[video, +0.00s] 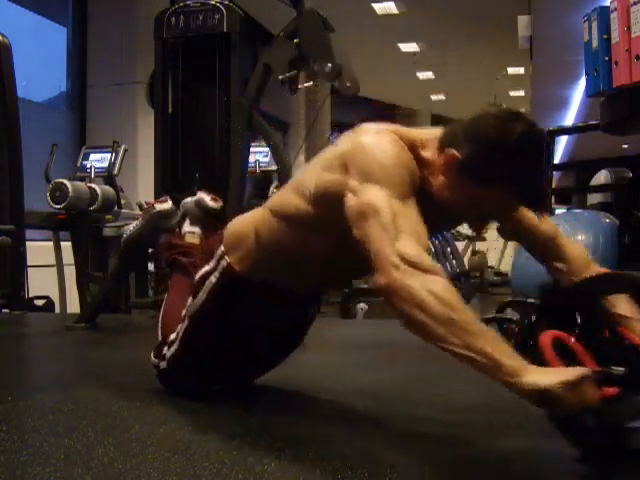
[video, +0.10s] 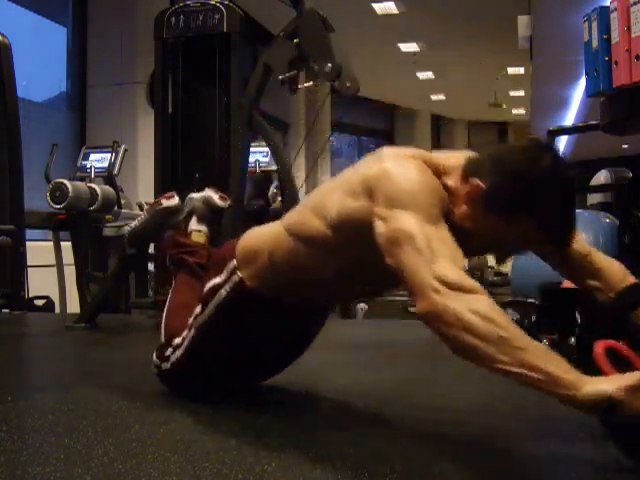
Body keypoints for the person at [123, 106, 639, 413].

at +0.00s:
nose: (475, 220)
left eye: (488, 214)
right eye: (476, 208)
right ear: (452, 167)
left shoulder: (467, 166)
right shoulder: (376, 156)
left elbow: (547, 240)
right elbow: (404, 279)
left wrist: (608, 297)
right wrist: (522, 374)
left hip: (300, 296)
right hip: (244, 283)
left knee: (231, 375)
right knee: (180, 375)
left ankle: (206, 243)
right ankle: (182, 257)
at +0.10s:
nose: (495, 254)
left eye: (509, 248)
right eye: (499, 241)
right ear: (473, 199)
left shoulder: (490, 183)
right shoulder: (401, 181)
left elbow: (583, 261)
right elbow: (446, 303)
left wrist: (638, 300)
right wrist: (581, 387)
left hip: (309, 302)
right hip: (256, 292)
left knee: (239, 377)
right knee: (180, 372)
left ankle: (215, 263)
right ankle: (182, 259)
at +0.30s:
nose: (547, 302)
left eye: (562, 295)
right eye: (551, 291)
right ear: (520, 247)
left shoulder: (522, 214)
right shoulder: (447, 229)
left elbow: (617, 284)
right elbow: (515, 336)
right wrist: (636, 386)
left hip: (319, 318)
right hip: (275, 310)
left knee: (244, 375)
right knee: (184, 367)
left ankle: (219, 259)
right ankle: (198, 253)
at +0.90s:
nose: (510, 248)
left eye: (523, 241)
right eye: (514, 234)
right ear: (488, 191)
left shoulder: (502, 187)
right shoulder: (412, 179)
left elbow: (608, 261)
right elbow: (458, 295)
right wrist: (600, 373)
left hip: (311, 311)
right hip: (258, 300)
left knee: (237, 375)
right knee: (184, 372)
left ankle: (237, 256)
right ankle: (200, 262)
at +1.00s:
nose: (489, 205)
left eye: (503, 197)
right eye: (491, 191)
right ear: (462, 151)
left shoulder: (481, 159)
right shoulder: (388, 149)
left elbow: (563, 231)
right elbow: (411, 266)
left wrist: (617, 294)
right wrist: (537, 359)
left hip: (308, 297)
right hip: (253, 286)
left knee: (236, 374)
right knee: (185, 373)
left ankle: (228, 246)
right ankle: (191, 251)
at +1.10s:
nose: (473, 172)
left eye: (484, 161)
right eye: (469, 158)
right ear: (435, 116)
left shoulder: (464, 137)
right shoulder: (361, 123)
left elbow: (536, 223)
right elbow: (377, 242)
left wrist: (594, 315)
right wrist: (477, 348)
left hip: (303, 286)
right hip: (245, 274)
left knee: (237, 380)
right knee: (183, 372)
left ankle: (217, 251)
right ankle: (190, 254)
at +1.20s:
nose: (461, 150)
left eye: (470, 135)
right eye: (454, 131)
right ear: (409, 95)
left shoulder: (439, 120)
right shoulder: (337, 106)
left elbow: (502, 216)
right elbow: (336, 226)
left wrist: (548, 312)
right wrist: (422, 343)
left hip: (294, 276)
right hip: (233, 262)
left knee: (228, 379)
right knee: (179, 377)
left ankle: (199, 237)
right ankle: (165, 248)